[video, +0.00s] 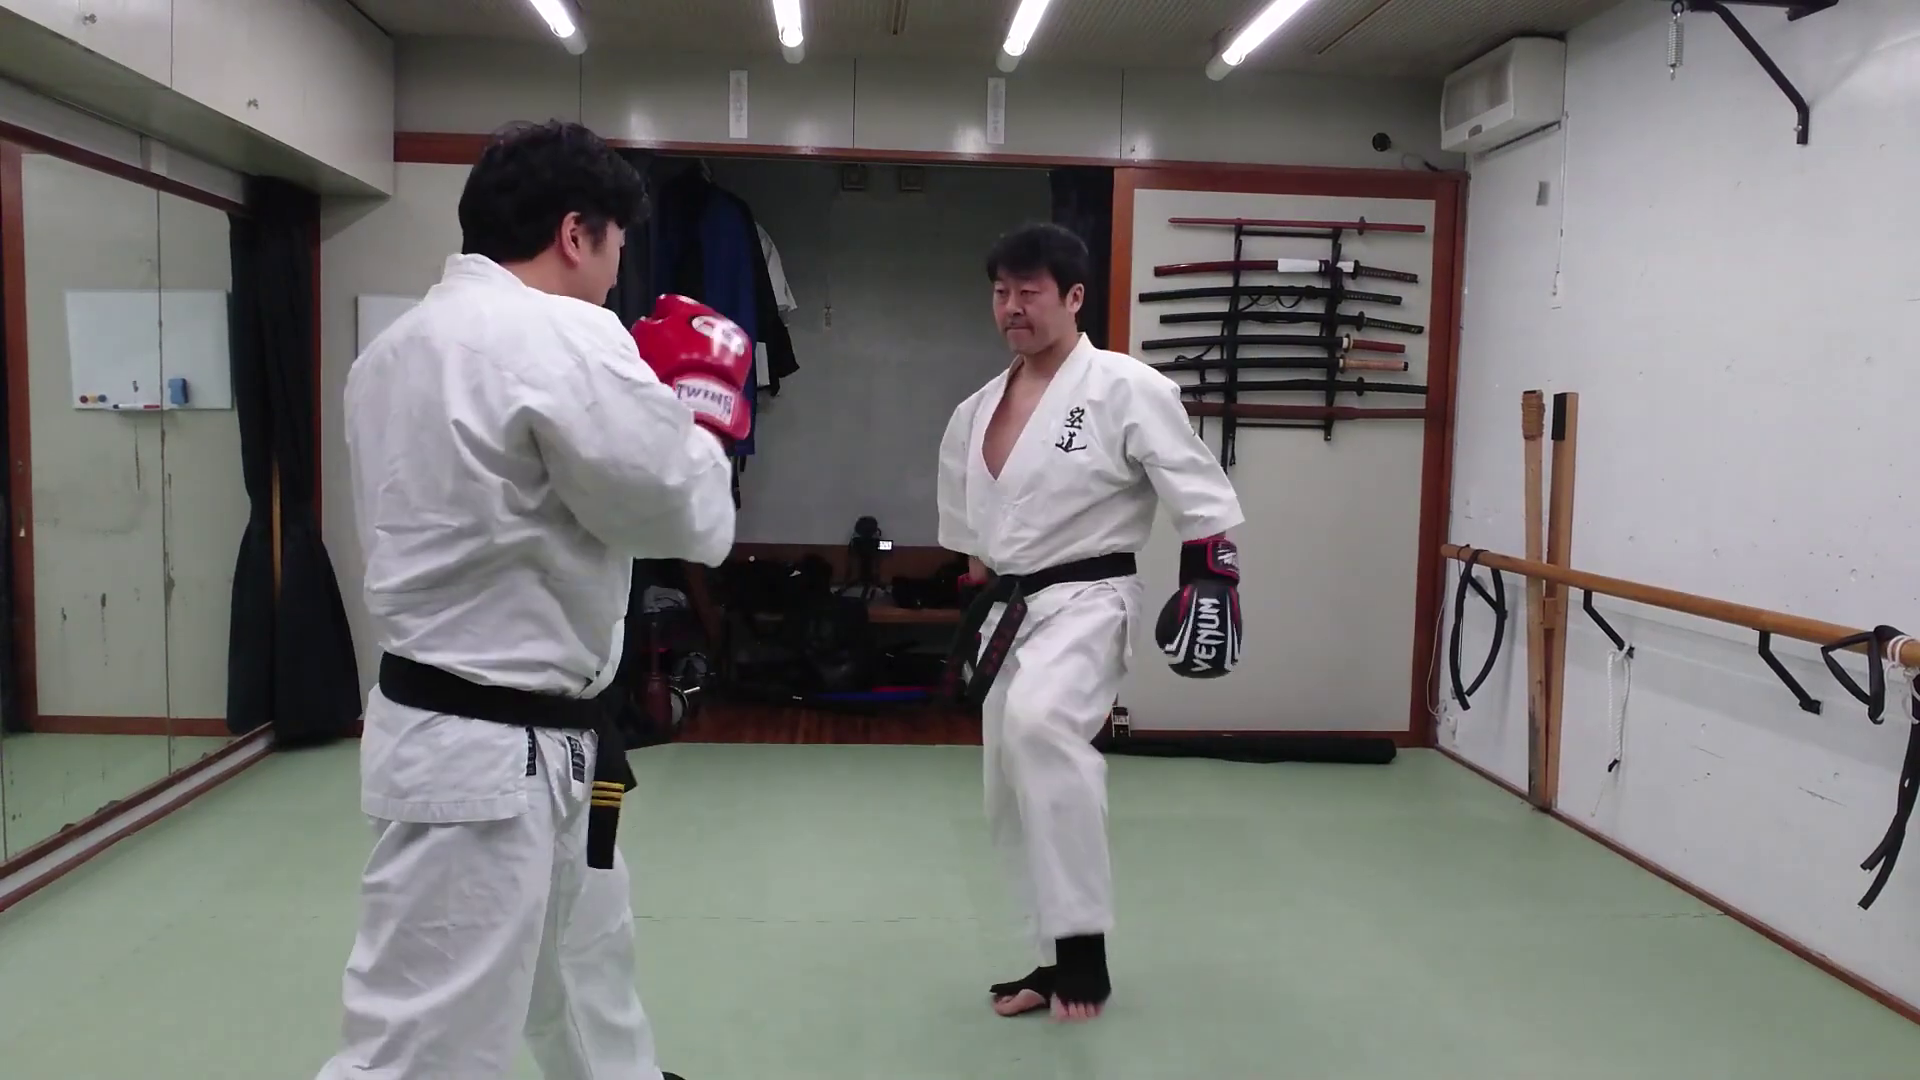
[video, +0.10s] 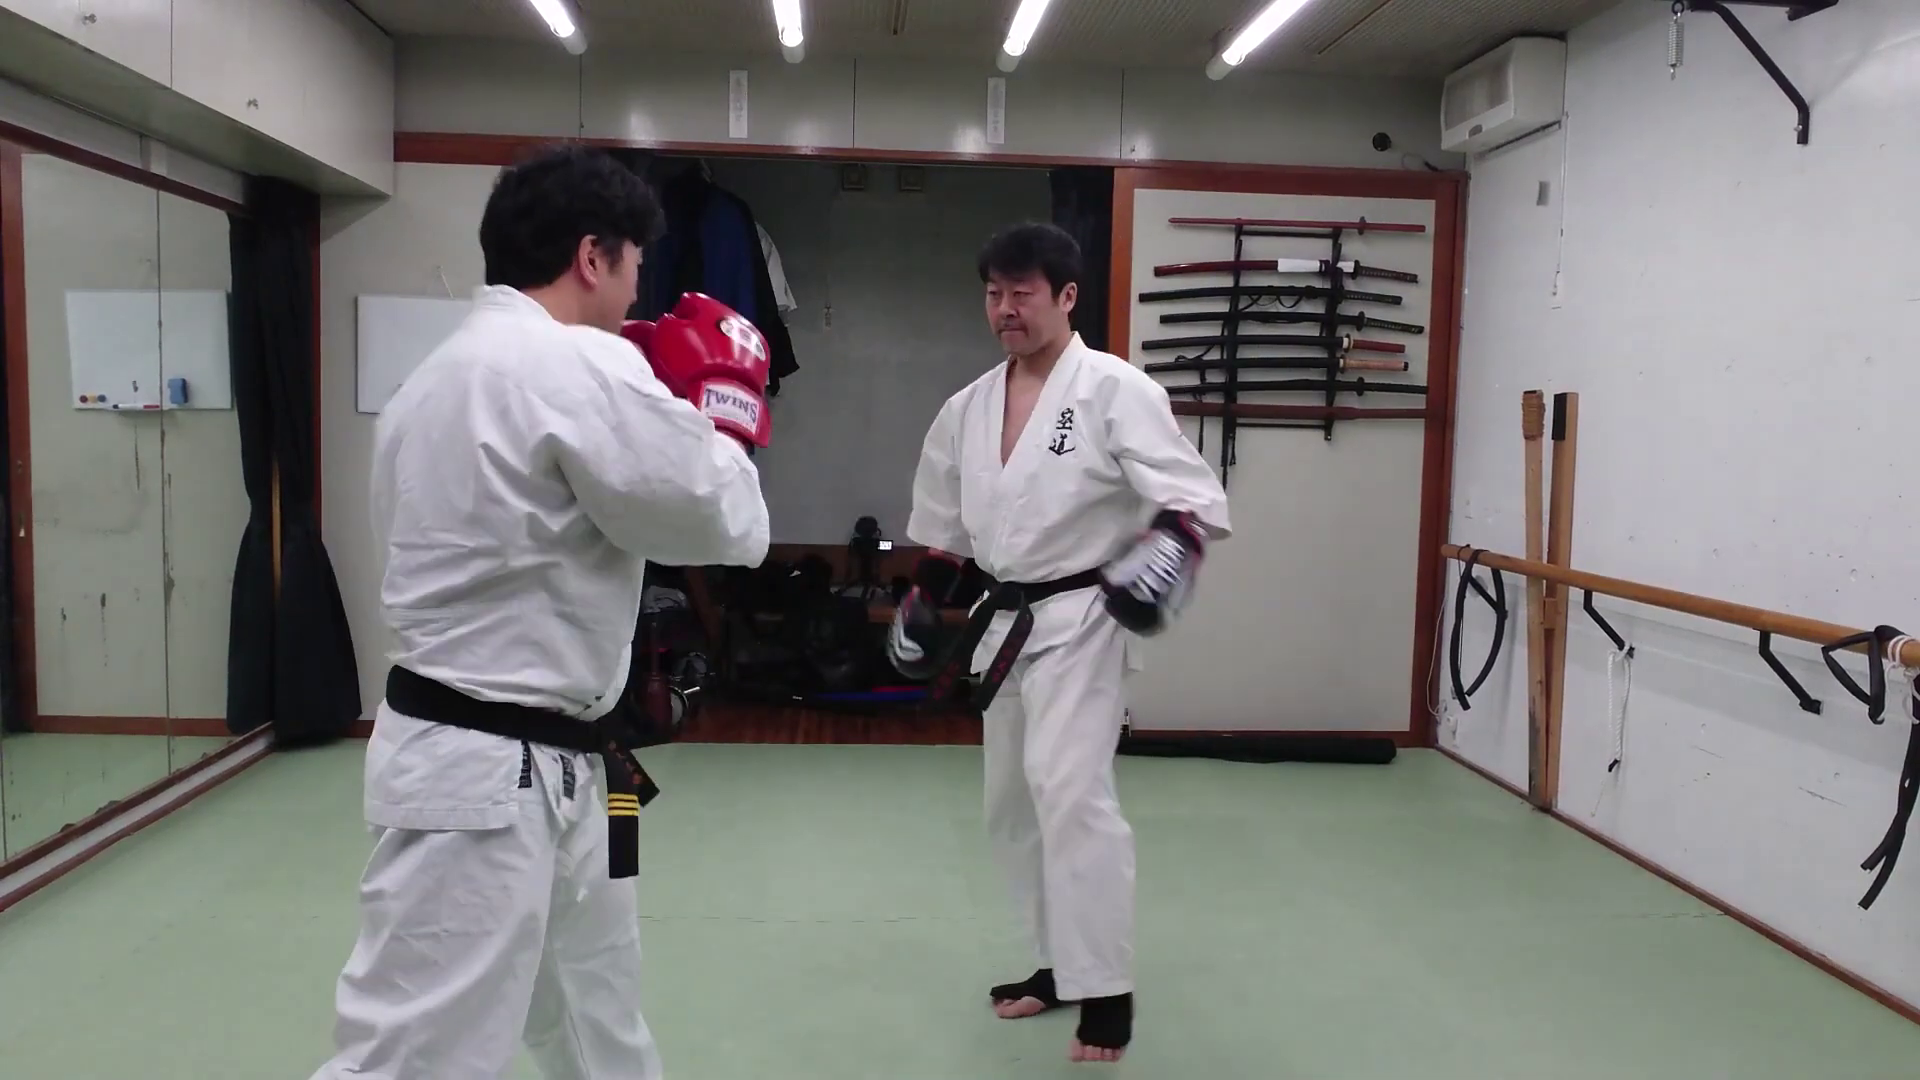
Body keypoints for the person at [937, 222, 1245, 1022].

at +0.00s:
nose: (1011, 308)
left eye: (1029, 293)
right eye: (1001, 293)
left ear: (1074, 298)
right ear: (992, 302)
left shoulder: (1125, 387)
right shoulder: (978, 410)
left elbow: (1201, 488)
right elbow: (978, 539)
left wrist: (1210, 579)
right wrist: (981, 624)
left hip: (1088, 599)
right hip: (1013, 608)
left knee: (1035, 724)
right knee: (1009, 773)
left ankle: (1082, 953)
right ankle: (1057, 960)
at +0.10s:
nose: (1006, 310)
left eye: (1022, 294)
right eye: (995, 296)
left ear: (1066, 297)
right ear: (985, 304)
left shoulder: (1117, 389)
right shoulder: (966, 409)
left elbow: (1193, 499)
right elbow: (947, 533)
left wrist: (1154, 566)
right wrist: (918, 609)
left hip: (1082, 617)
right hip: (1002, 621)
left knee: (1070, 793)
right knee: (1014, 801)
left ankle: (1106, 991)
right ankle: (1058, 969)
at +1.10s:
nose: (988, 327)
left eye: (995, 309)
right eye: (984, 314)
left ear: (1044, 296)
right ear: (1043, 299)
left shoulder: (1075, 366)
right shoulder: (1030, 379)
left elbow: (953, 391)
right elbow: (932, 465)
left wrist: (897, 329)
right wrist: (882, 385)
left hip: (1038, 622)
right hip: (1001, 621)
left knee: (993, 828)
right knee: (947, 808)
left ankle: (1025, 1046)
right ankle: (953, 1003)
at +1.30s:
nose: (1028, 317)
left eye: (1036, 298)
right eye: (1026, 300)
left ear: (1090, 289)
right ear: (1090, 292)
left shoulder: (1105, 372)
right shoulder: (1073, 363)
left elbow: (976, 448)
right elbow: (967, 372)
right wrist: (927, 277)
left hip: (1082, 628)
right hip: (1032, 622)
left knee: (1044, 849)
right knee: (1020, 816)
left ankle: (1024, 1055)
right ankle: (1126, 949)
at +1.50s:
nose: (1085, 328)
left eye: (1094, 309)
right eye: (1080, 313)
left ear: (1152, 298)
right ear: (1140, 304)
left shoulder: (1199, 395)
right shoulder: (1107, 387)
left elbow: (1193, 536)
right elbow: (998, 431)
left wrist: (1081, 540)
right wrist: (931, 388)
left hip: (1155, 647)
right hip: (1121, 640)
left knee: (1082, 849)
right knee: (1202, 819)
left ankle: (1023, 1051)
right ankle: (1278, 984)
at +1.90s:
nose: (1176, 379)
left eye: (1186, 359)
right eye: (1168, 365)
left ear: (1238, 343)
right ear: (1223, 353)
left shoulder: (1266, 426)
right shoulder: (1233, 421)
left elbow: (1186, 557)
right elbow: (1150, 482)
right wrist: (1133, 391)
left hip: (1332, 662)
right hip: (1267, 666)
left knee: (1402, 863)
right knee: (1235, 813)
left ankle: (1465, 1043)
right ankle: (1267, 944)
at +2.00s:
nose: (1168, 365)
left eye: (1176, 346)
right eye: (1161, 351)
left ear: (1228, 333)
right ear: (1225, 340)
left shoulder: (1257, 414)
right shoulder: (1241, 407)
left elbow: (1273, 557)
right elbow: (1211, 526)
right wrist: (1141, 459)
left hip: (1297, 644)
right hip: (1256, 639)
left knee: (1349, 837)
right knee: (1240, 797)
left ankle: (1451, 1027)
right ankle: (1268, 948)